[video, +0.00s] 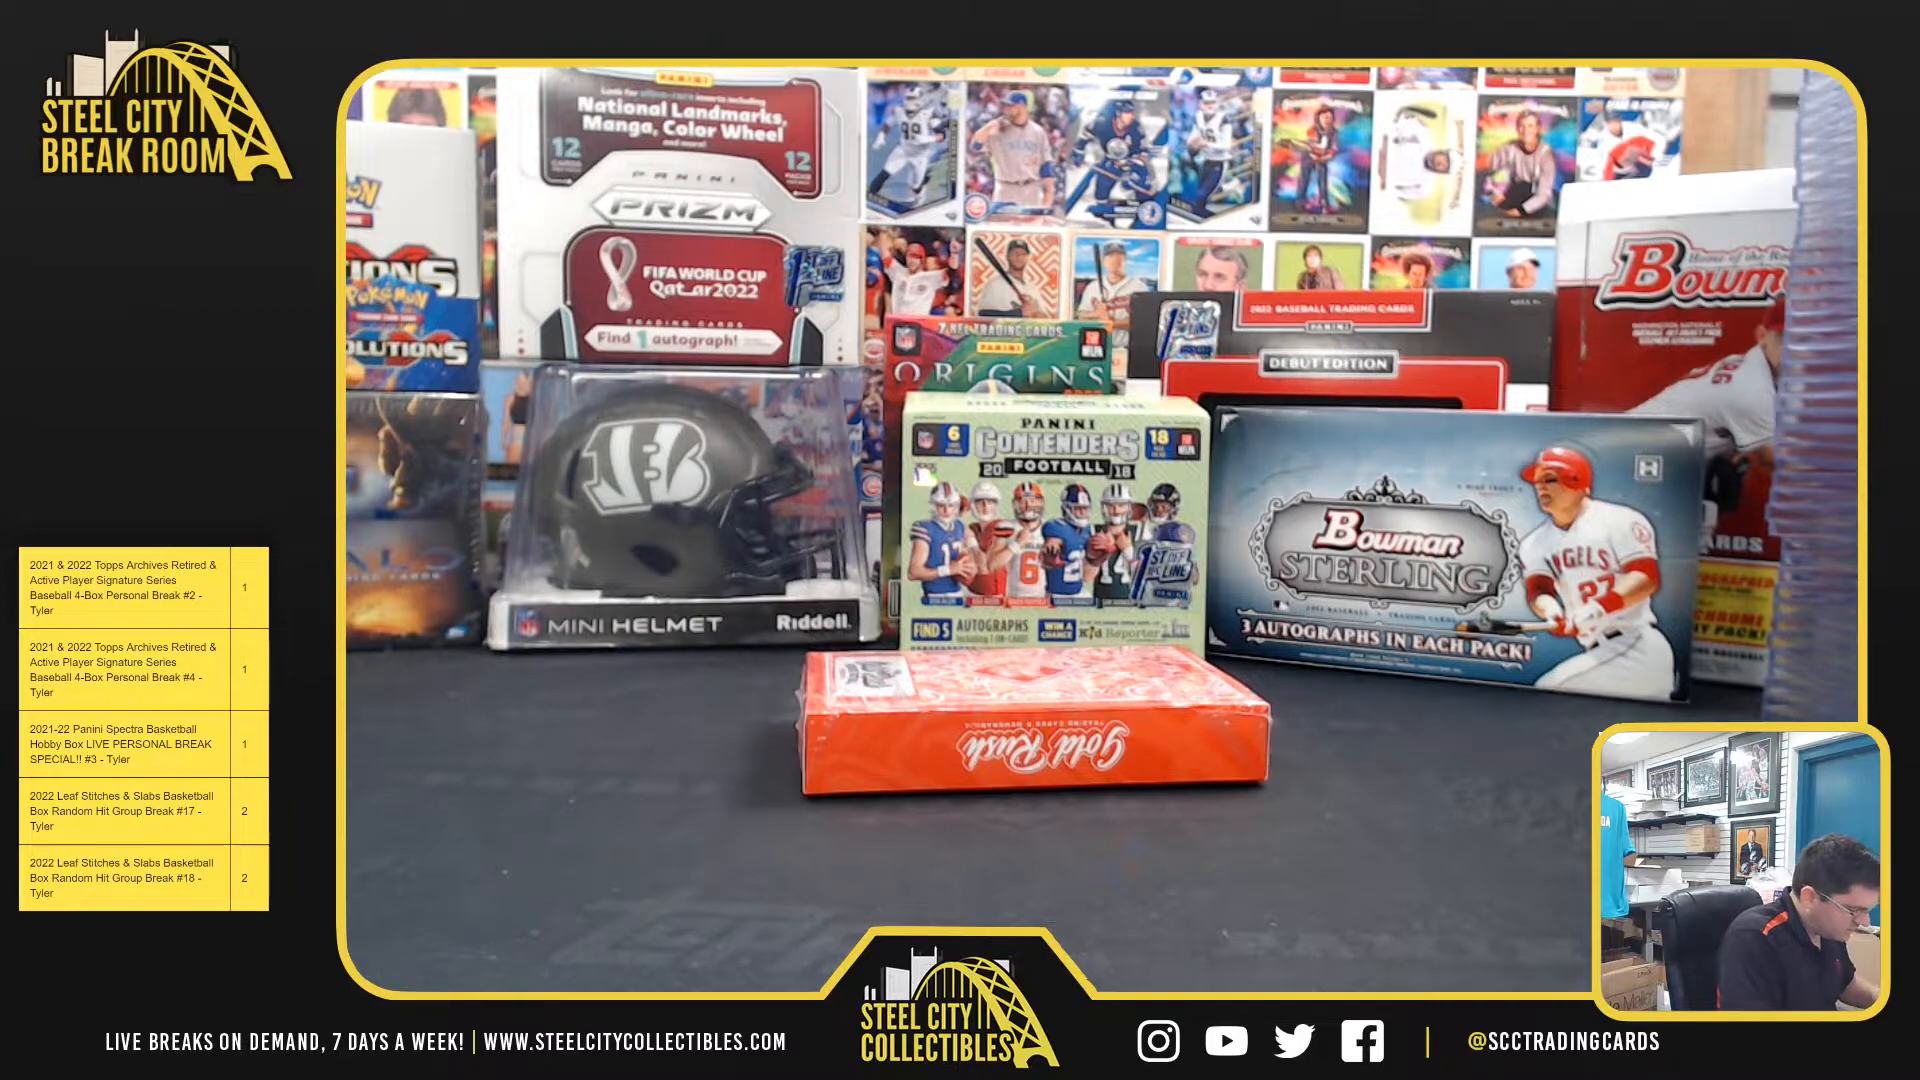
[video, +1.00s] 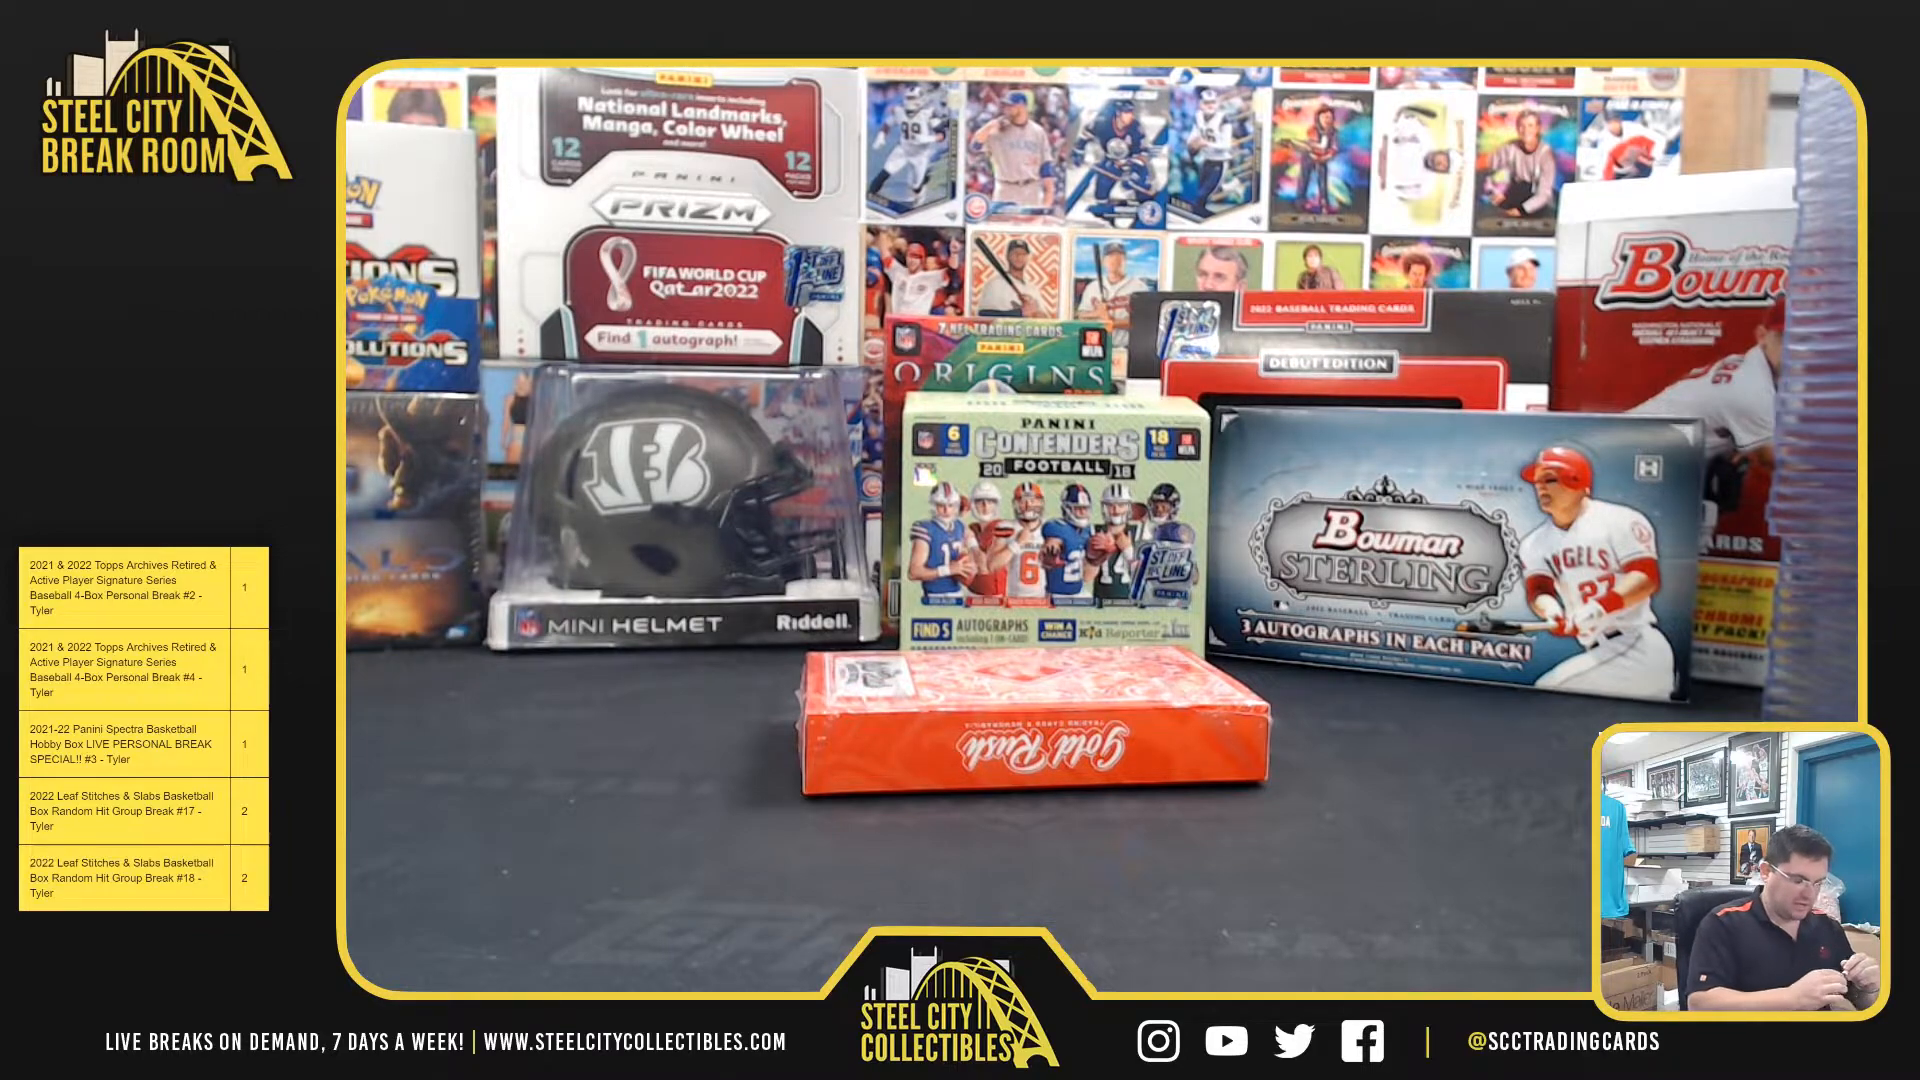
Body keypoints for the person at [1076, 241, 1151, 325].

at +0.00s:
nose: (1115, 260)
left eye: (1119, 255)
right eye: (1111, 256)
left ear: (1125, 260)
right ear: (1104, 261)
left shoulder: (1138, 287)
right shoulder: (1093, 287)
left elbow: (1143, 319)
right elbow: (1081, 315)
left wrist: (1113, 323)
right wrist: (1099, 314)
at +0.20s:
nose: (1115, 260)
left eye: (1119, 256)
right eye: (1111, 256)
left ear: (1125, 260)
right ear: (1104, 261)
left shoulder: (1138, 287)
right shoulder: (1092, 287)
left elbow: (1144, 319)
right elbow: (1081, 315)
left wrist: (1114, 323)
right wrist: (1099, 314)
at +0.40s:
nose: (1115, 260)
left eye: (1119, 255)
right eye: (1111, 256)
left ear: (1124, 260)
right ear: (1103, 261)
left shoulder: (1138, 287)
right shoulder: (1092, 288)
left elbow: (1143, 319)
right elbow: (1081, 315)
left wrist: (1113, 322)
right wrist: (1098, 313)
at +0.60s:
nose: (1115, 260)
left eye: (1119, 255)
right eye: (1111, 255)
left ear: (1124, 260)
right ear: (1103, 261)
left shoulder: (1138, 287)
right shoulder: (1092, 288)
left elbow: (1143, 319)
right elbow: (1081, 315)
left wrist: (1113, 323)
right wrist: (1098, 313)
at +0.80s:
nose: (1115, 260)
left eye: (1119, 256)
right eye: (1111, 256)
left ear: (1124, 260)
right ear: (1103, 261)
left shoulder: (1138, 287)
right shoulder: (1093, 287)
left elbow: (1143, 319)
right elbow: (1081, 315)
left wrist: (1113, 322)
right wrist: (1099, 313)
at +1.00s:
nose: (1115, 260)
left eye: (1119, 255)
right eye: (1111, 256)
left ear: (1124, 260)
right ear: (1103, 261)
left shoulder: (1138, 287)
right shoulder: (1092, 287)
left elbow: (1143, 319)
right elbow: (1081, 315)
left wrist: (1114, 323)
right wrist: (1099, 313)